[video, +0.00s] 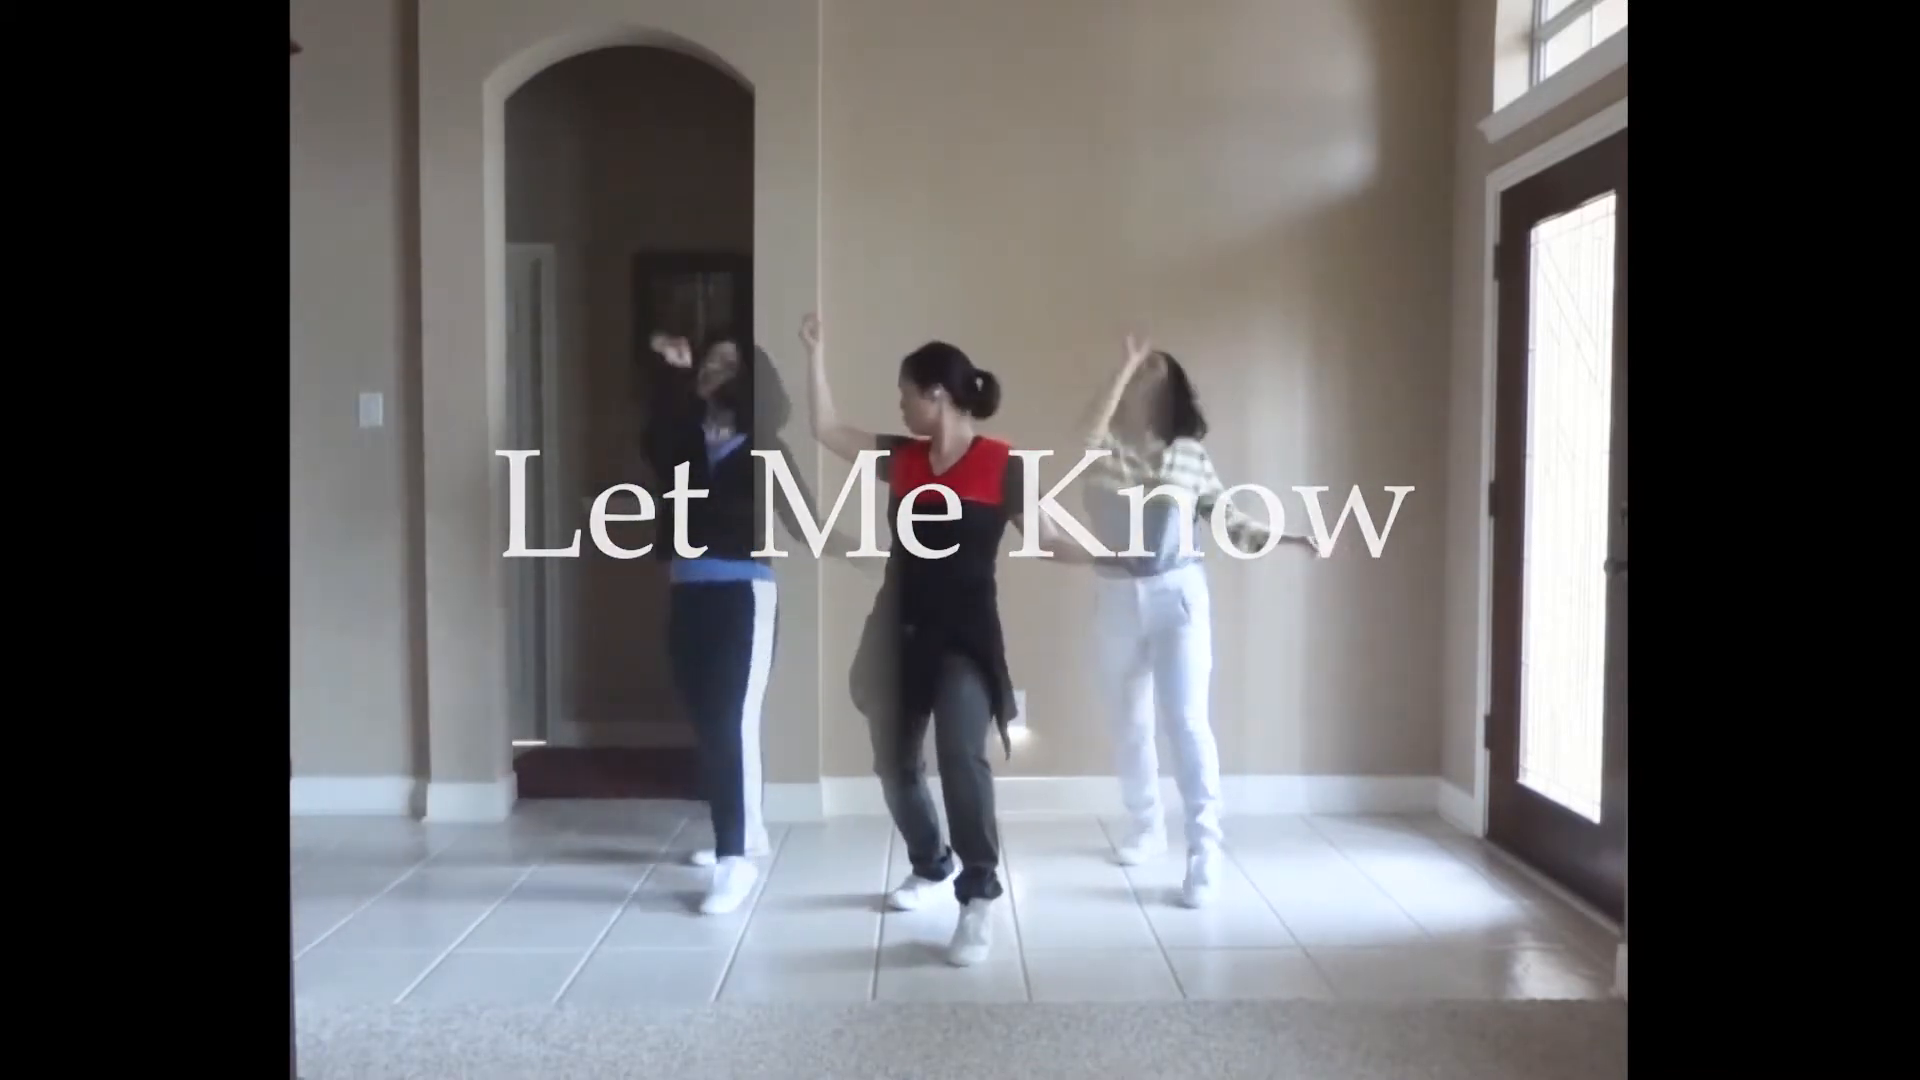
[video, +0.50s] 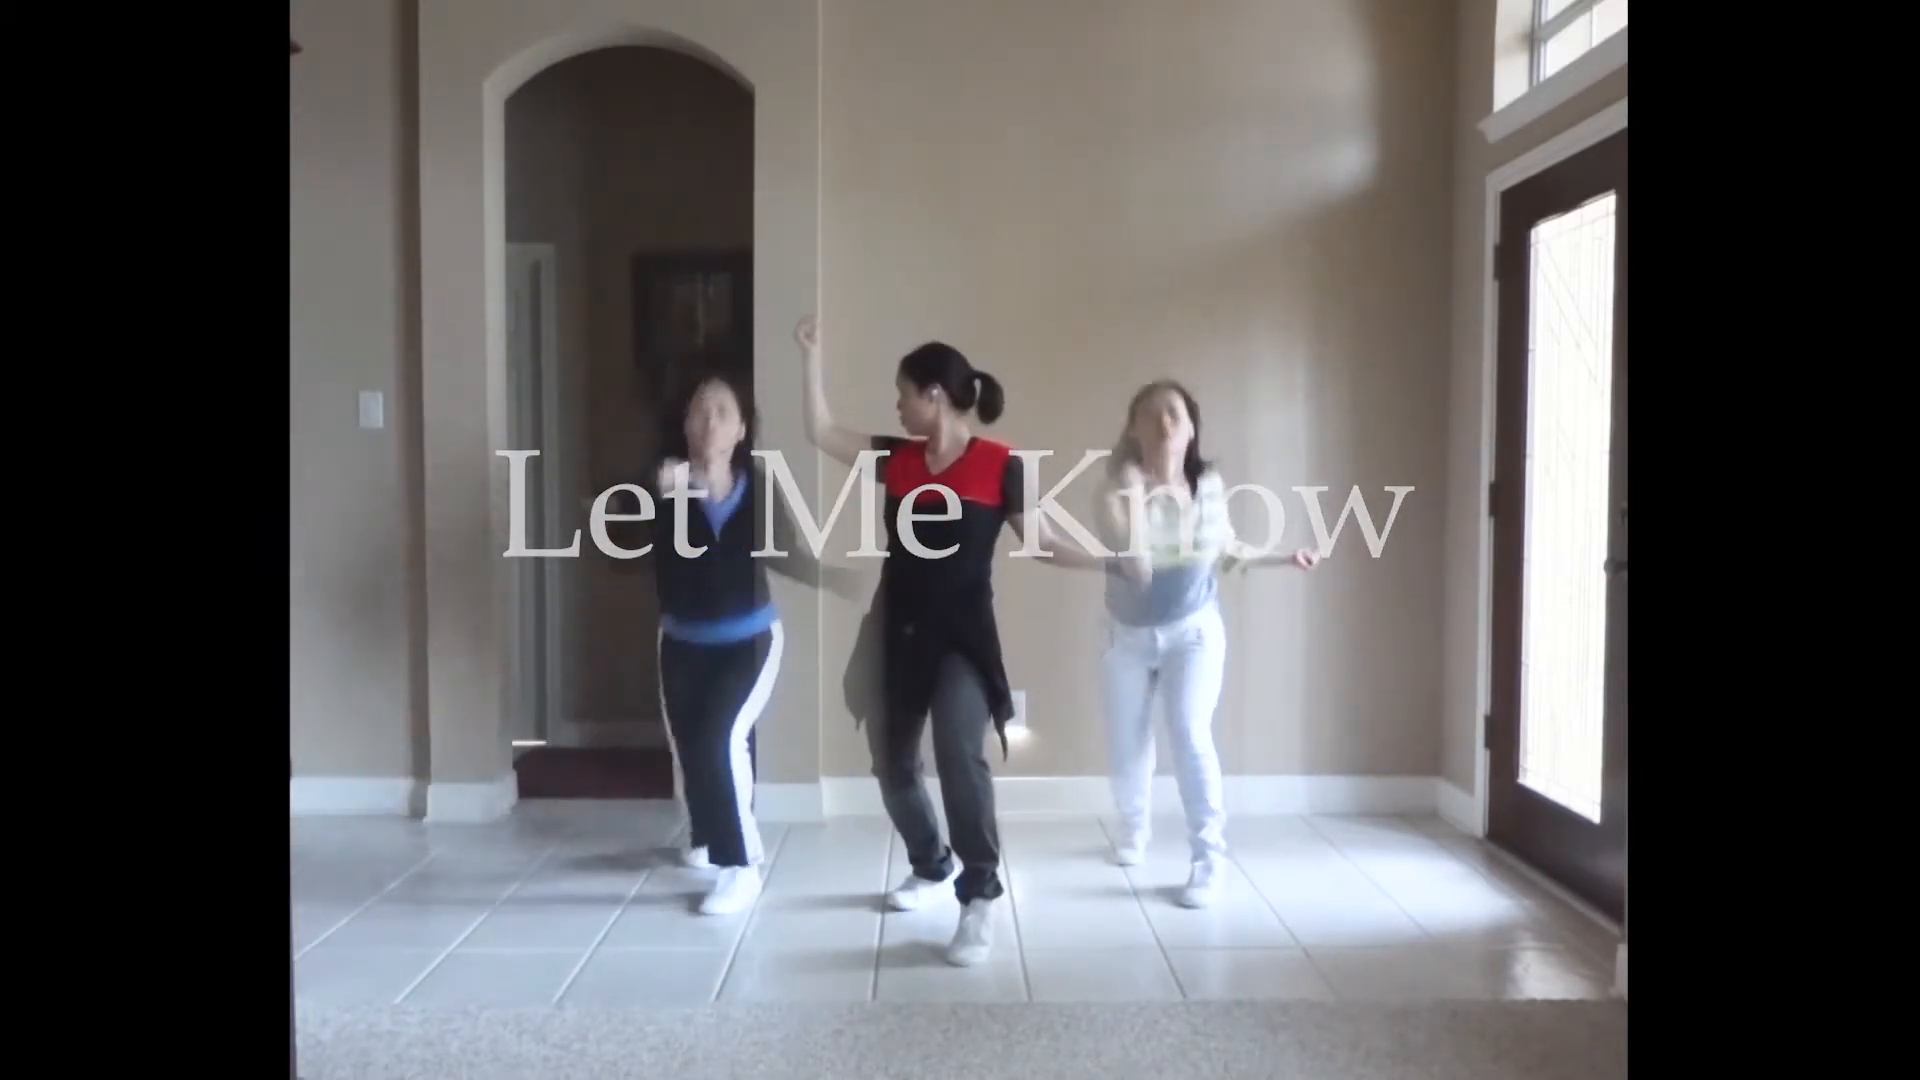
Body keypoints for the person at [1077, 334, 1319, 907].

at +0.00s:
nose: (1134, 384)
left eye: (1147, 378)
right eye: (1131, 378)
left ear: (1167, 397)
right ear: (1121, 391)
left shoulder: (1187, 456)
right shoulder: (1103, 451)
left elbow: (1229, 524)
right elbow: (1089, 437)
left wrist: (1294, 537)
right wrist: (1124, 370)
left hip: (1177, 595)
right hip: (1118, 598)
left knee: (1186, 722)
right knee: (1129, 723)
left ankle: (1204, 848)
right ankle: (1142, 824)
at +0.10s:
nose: (1152, 377)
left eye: (1162, 372)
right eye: (1144, 370)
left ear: (1174, 394)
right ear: (1129, 390)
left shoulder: (1191, 454)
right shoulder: (1103, 445)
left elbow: (1226, 523)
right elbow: (1078, 428)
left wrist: (1286, 537)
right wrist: (1128, 381)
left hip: (1181, 600)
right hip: (1120, 602)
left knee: (1190, 726)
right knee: (1129, 726)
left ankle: (1207, 851)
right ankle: (1145, 829)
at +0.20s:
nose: (1154, 376)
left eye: (1163, 369)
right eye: (1143, 368)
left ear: (1178, 388)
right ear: (1125, 385)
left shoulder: (1196, 454)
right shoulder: (1102, 444)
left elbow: (1228, 528)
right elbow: (1075, 432)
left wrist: (1289, 538)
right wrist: (1125, 403)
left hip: (1184, 605)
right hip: (1121, 607)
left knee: (1192, 730)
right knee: (1128, 727)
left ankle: (1210, 853)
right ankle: (1145, 828)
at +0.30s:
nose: (1152, 380)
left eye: (1163, 372)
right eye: (1141, 373)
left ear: (1181, 391)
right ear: (1125, 391)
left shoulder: (1199, 455)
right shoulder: (1106, 452)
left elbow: (1228, 532)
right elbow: (1078, 443)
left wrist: (1292, 539)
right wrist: (1123, 411)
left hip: (1187, 609)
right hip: (1124, 612)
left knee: (1194, 732)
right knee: (1127, 731)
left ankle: (1210, 856)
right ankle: (1145, 828)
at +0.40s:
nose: (1158, 389)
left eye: (1168, 382)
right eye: (1146, 382)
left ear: (1185, 401)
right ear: (1127, 399)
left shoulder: (1203, 464)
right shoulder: (1113, 457)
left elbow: (1230, 537)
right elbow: (1095, 486)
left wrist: (1292, 543)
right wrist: (1119, 431)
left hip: (1190, 617)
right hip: (1127, 619)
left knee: (1193, 733)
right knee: (1123, 735)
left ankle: (1208, 854)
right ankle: (1142, 828)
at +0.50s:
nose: (1164, 424)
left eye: (1174, 416)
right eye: (1152, 416)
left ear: (1191, 429)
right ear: (1134, 429)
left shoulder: (1207, 486)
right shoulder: (1117, 488)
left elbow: (1224, 556)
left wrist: (1284, 557)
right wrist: (1136, 493)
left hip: (1193, 632)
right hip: (1129, 637)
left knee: (1189, 734)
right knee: (1127, 748)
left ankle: (1207, 857)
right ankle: (1132, 832)